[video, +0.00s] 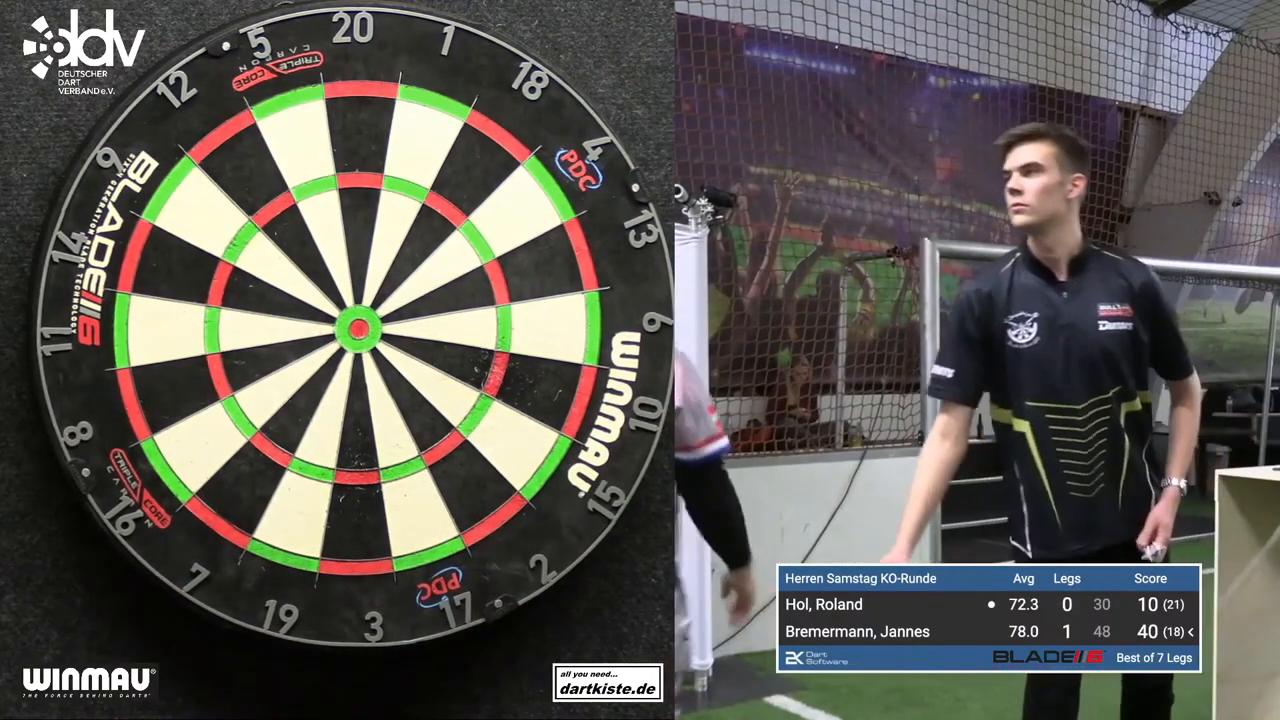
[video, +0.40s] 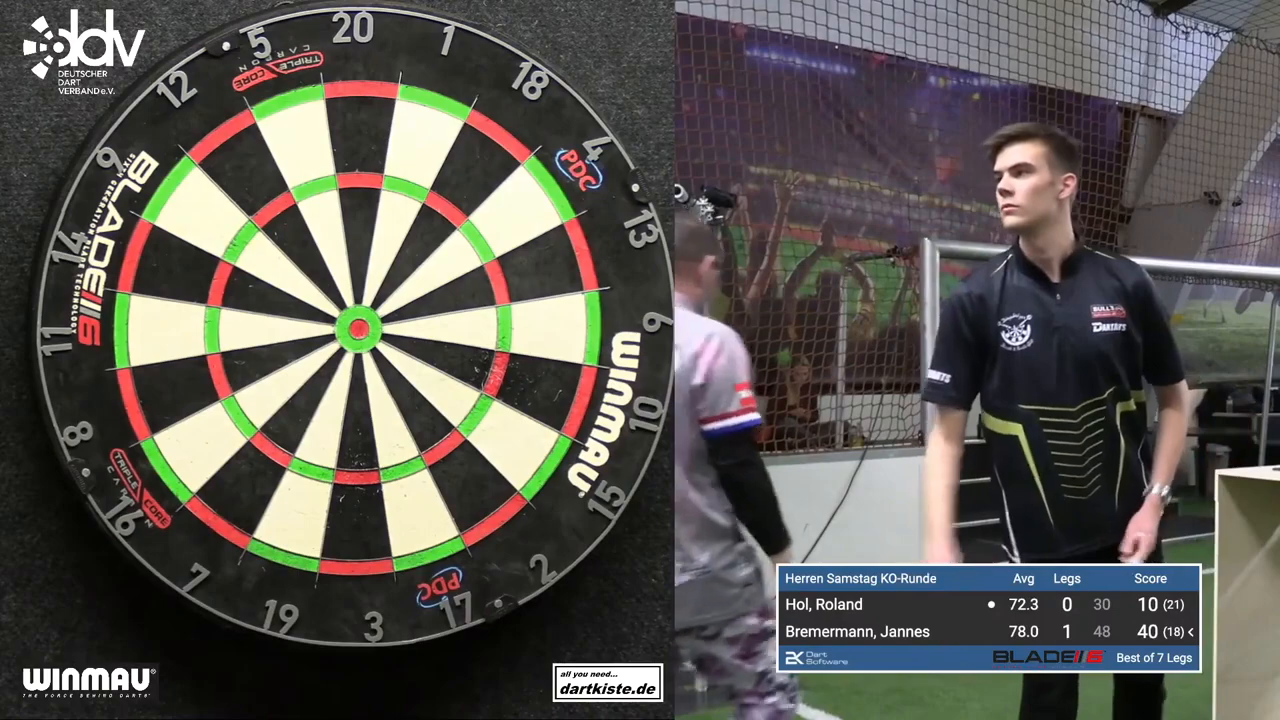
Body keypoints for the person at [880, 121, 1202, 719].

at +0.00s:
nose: (1013, 187)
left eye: (1030, 173)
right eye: (1008, 177)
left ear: (1075, 186)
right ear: (1003, 192)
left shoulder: (1133, 285)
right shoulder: (985, 299)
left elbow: (1186, 391)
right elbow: (950, 431)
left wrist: (1172, 493)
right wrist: (900, 550)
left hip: (1134, 530)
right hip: (1044, 538)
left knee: (1151, 687)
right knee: (1051, 695)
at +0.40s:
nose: (1003, 186)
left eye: (1021, 172)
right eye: (998, 176)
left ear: (1066, 187)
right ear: (996, 191)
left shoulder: (1126, 285)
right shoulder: (977, 301)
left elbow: (1175, 402)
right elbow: (945, 435)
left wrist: (1154, 503)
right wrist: (940, 549)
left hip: (1126, 534)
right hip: (1037, 544)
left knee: (1143, 686)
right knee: (1049, 697)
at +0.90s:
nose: (1077, 190)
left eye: (1092, 177)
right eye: (1066, 181)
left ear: (1127, 190)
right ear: (1056, 196)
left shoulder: (1163, 296)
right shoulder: (1017, 286)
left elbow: (1206, 416)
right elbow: (934, 373)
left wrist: (1182, 505)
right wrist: (1018, 384)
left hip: (1143, 534)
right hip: (1052, 535)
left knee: (1172, 695)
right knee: (1062, 695)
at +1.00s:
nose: (1100, 194)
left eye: (1115, 180)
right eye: (1090, 184)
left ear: (1149, 192)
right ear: (1080, 199)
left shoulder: (1187, 302)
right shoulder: (1044, 286)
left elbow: (1228, 417)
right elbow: (953, 367)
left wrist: (1207, 507)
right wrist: (1042, 416)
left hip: (1163, 537)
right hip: (1070, 536)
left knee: (1195, 694)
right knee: (1073, 695)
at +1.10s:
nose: (1117, 197)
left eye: (1133, 184)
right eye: (1107, 187)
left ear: (1169, 196)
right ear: (1098, 202)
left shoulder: (1205, 304)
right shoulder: (1063, 287)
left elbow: (1247, 419)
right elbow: (973, 370)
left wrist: (1224, 505)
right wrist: (1054, 438)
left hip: (1180, 542)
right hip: (1088, 540)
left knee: (1206, 700)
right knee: (1080, 699)